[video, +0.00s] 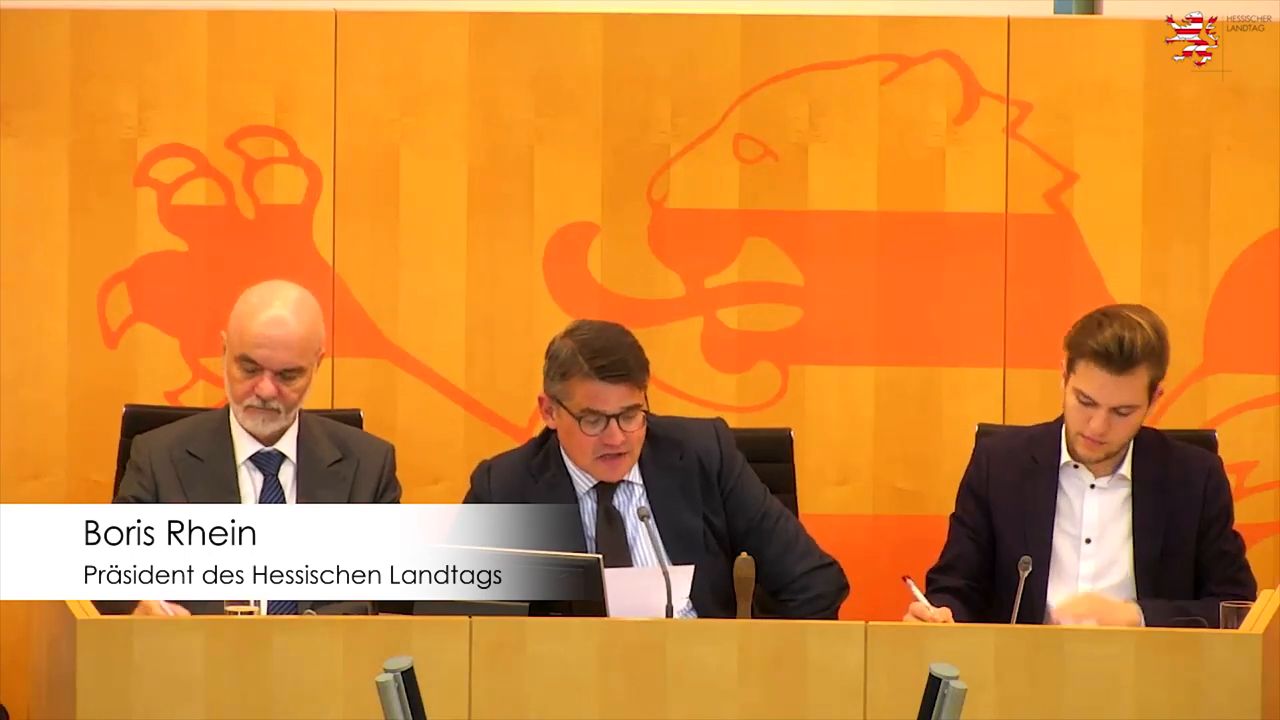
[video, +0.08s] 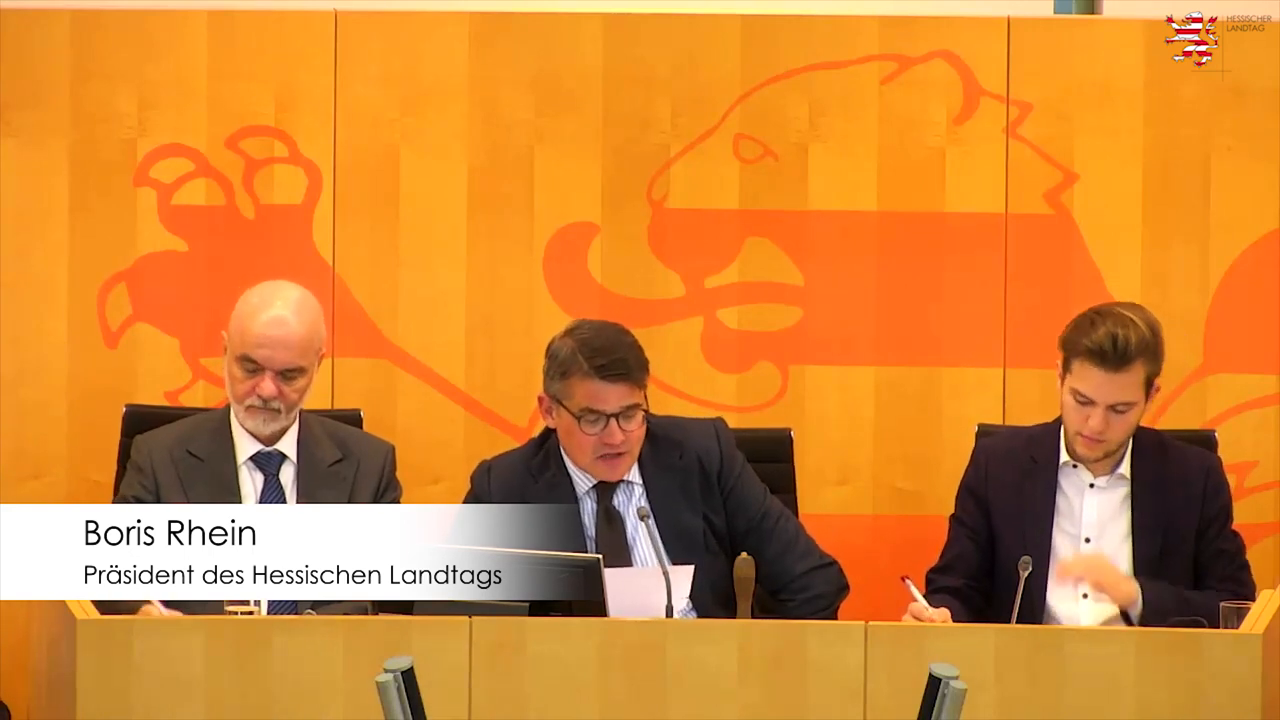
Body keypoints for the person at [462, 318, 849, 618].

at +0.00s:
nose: (616, 438)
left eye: (630, 415)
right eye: (592, 420)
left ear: (646, 396)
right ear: (551, 411)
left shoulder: (706, 453)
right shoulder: (501, 488)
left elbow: (813, 582)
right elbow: (466, 622)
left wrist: (761, 676)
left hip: (703, 674)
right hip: (565, 684)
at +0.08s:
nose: (615, 437)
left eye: (629, 414)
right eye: (592, 419)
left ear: (646, 396)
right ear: (550, 411)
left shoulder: (706, 453)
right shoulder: (501, 488)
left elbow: (812, 582)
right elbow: (467, 623)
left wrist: (759, 676)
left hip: (704, 674)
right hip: (565, 684)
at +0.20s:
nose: (614, 435)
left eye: (628, 413)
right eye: (591, 418)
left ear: (644, 395)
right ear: (548, 410)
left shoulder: (704, 453)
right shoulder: (500, 487)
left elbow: (811, 581)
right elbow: (468, 623)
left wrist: (760, 676)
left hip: (703, 673)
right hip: (564, 683)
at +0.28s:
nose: (613, 434)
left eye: (627, 413)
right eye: (589, 417)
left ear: (643, 394)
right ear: (546, 409)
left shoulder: (704, 452)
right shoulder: (499, 487)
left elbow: (810, 581)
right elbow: (468, 624)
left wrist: (761, 677)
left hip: (704, 673)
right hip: (565, 683)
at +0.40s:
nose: (610, 433)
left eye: (624, 411)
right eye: (587, 416)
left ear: (641, 394)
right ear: (545, 409)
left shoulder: (703, 452)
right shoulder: (497, 488)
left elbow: (810, 582)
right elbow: (470, 625)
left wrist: (763, 678)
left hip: (706, 672)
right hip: (566, 683)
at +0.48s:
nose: (609, 432)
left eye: (623, 409)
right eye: (586, 415)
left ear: (640, 393)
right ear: (544, 408)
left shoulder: (703, 452)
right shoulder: (497, 488)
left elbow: (810, 581)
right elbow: (469, 625)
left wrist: (763, 678)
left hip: (706, 672)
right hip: (566, 683)